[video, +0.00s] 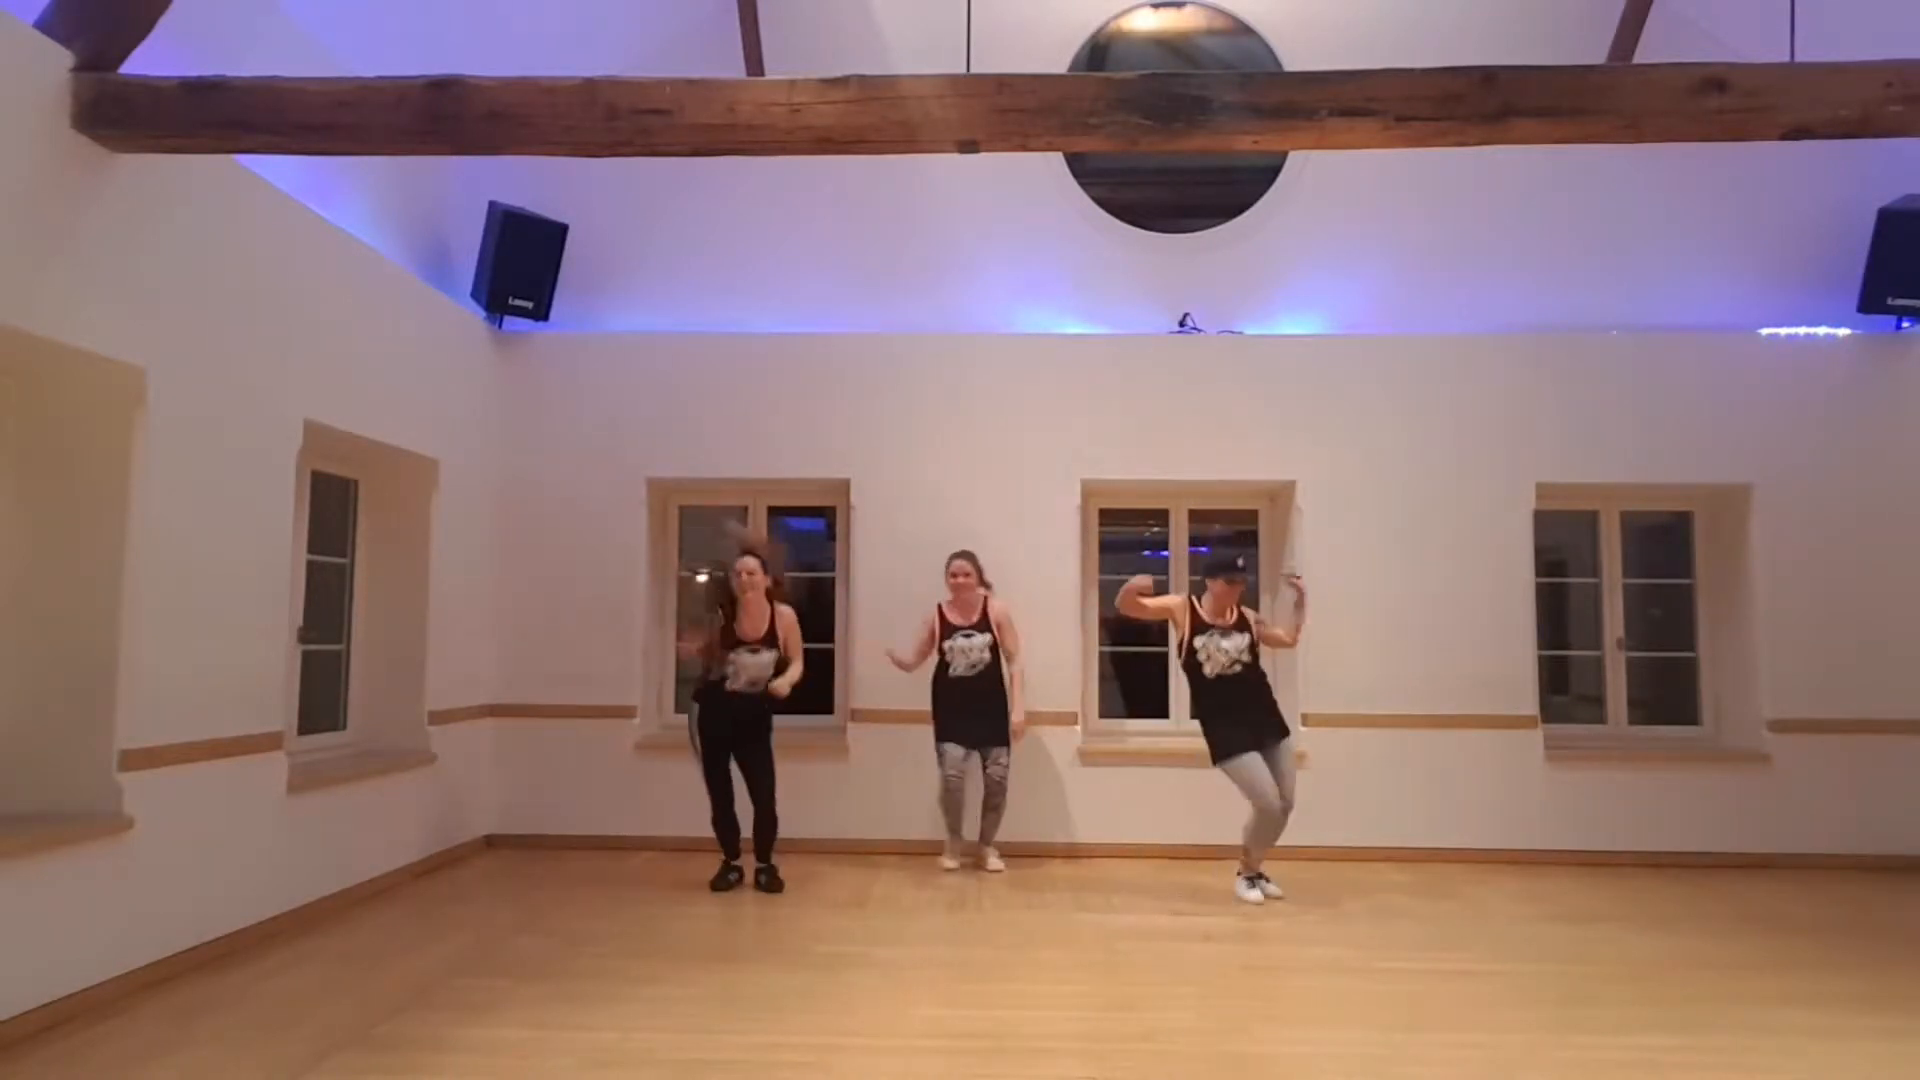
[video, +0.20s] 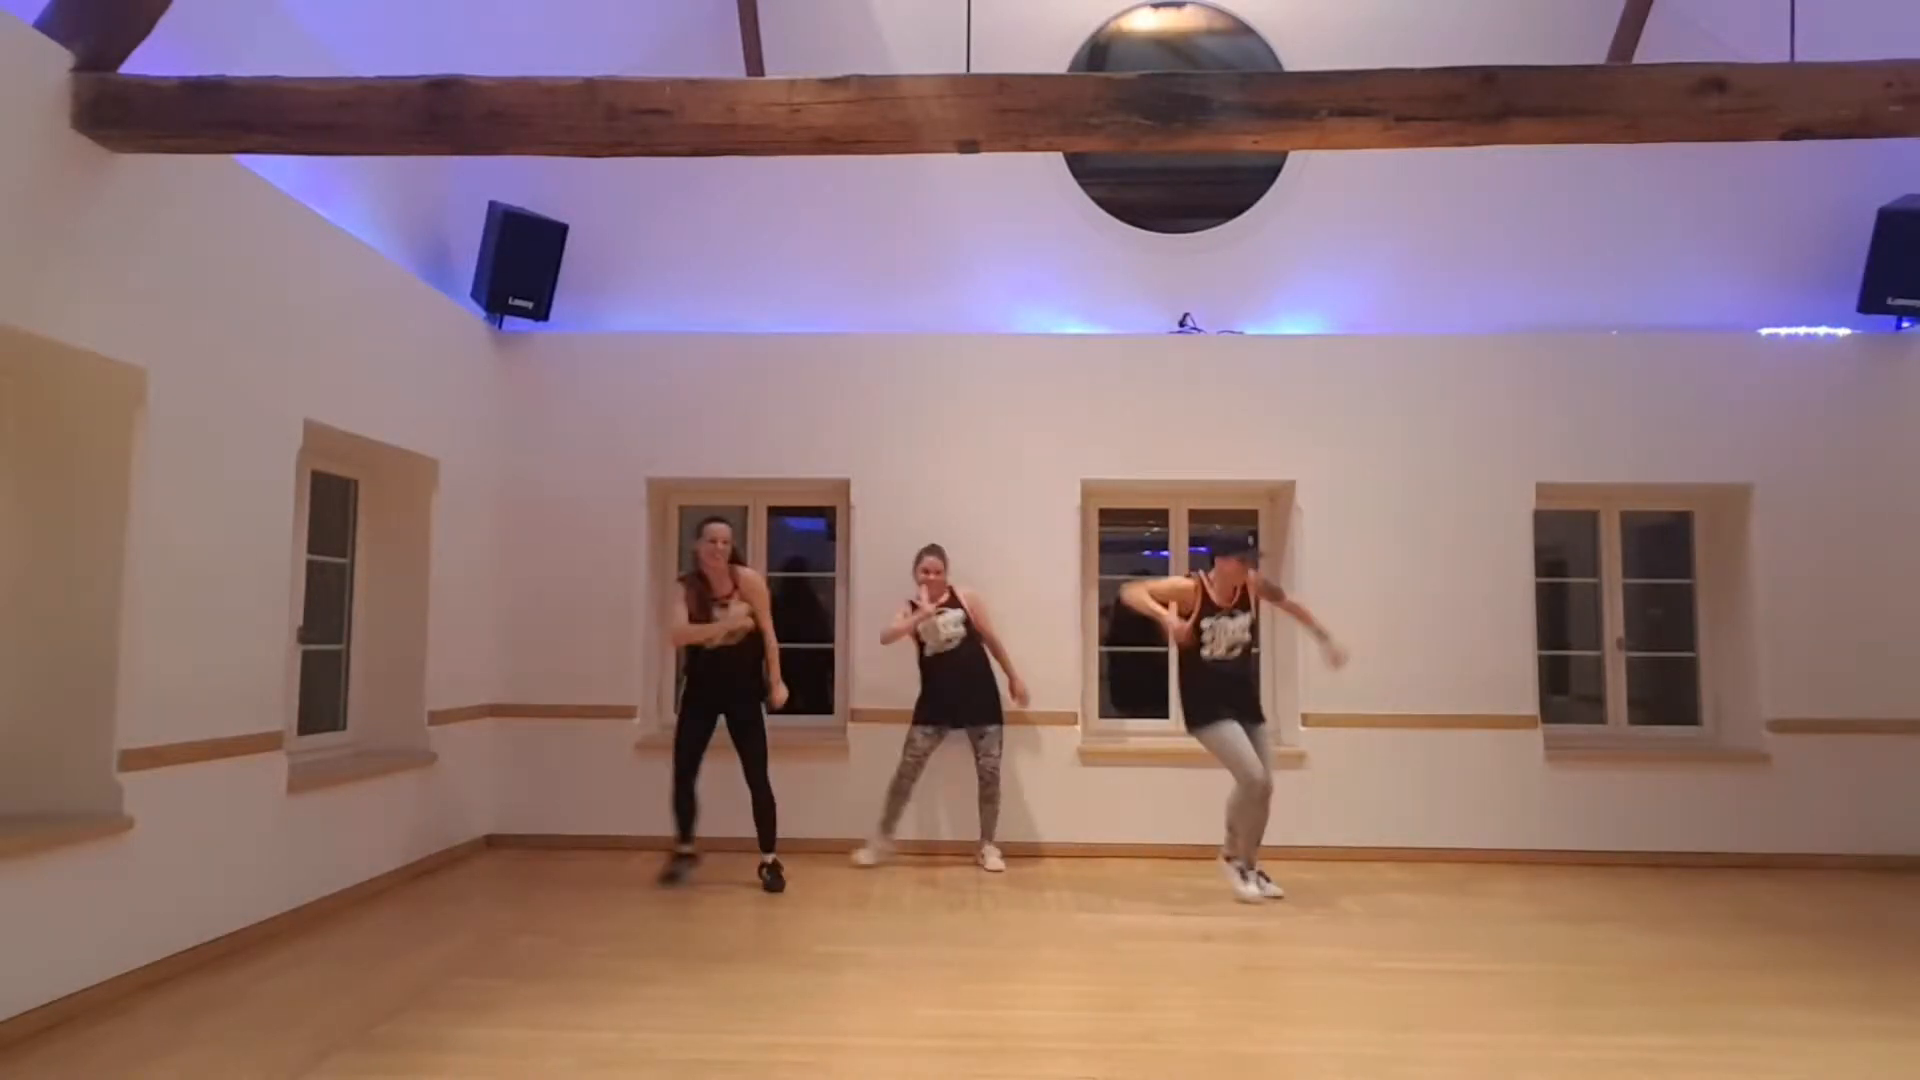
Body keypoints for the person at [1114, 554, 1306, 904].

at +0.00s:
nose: (1237, 591)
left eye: (1240, 584)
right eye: (1231, 583)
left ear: (1243, 586)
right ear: (1210, 582)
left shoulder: (1246, 618)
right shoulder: (1182, 608)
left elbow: (1288, 638)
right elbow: (1126, 605)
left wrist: (1300, 601)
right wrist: (1132, 587)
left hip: (1266, 719)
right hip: (1225, 728)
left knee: (1284, 802)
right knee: (1268, 803)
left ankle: (1252, 870)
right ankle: (1248, 873)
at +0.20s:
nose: (1247, 570)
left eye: (1249, 563)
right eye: (1240, 562)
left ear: (1248, 564)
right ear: (1218, 562)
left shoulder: (1252, 586)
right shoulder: (1190, 589)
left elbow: (1289, 606)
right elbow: (1130, 592)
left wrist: (1325, 639)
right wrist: (1166, 617)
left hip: (1245, 702)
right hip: (1206, 706)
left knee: (1263, 785)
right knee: (1254, 779)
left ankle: (1250, 866)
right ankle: (1232, 857)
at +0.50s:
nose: (1230, 577)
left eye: (1230, 569)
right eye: (1225, 569)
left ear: (1207, 571)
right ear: (1204, 570)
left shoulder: (1203, 605)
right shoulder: (1195, 607)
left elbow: (1250, 638)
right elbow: (1256, 639)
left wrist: (1293, 615)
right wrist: (1299, 609)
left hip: (1208, 720)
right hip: (1171, 721)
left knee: (1255, 791)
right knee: (1158, 802)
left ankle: (1244, 874)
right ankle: (1100, 879)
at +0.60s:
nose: (1208, 587)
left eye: (1207, 580)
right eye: (1202, 580)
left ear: (1186, 584)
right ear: (1181, 584)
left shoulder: (1185, 613)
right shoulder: (1170, 615)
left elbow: (1240, 614)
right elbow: (1239, 614)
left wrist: (1299, 614)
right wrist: (1302, 614)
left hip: (1196, 722)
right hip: (1160, 728)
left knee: (1248, 797)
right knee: (1152, 820)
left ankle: (1244, 876)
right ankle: (1091, 884)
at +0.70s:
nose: (1183, 590)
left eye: (1184, 583)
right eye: (1177, 583)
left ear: (1180, 585)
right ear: (1157, 583)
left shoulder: (1174, 610)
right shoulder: (1141, 610)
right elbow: (1215, 619)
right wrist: (1265, 620)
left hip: (1183, 721)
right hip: (1145, 729)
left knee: (1229, 799)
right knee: (1146, 820)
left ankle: (1243, 875)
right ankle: (1092, 885)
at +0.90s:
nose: (1166, 561)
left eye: (1168, 554)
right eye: (1160, 554)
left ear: (1164, 558)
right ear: (1139, 555)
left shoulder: (1159, 596)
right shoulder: (1111, 585)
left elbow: (1159, 657)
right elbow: (1098, 608)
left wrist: (1183, 693)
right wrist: (1151, 605)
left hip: (1153, 704)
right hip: (1112, 707)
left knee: (1199, 781)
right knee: (1113, 801)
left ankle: (1190, 873)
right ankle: (1086, 883)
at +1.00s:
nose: (1164, 550)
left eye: (1165, 543)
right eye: (1157, 543)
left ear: (1164, 547)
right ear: (1134, 546)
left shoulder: (1164, 580)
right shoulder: (1110, 583)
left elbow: (1161, 624)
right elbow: (1047, 600)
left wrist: (1169, 655)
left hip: (1150, 700)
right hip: (1107, 703)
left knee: (1176, 784)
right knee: (1107, 798)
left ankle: (1143, 873)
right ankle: (1086, 881)